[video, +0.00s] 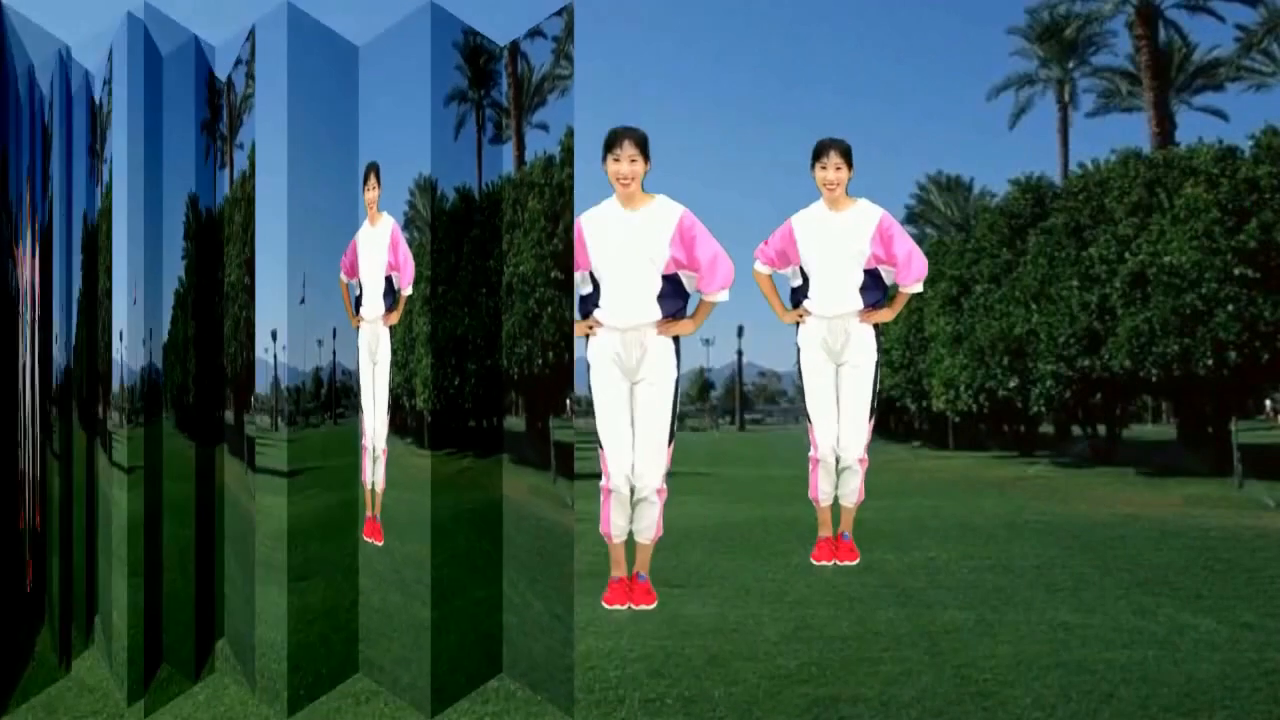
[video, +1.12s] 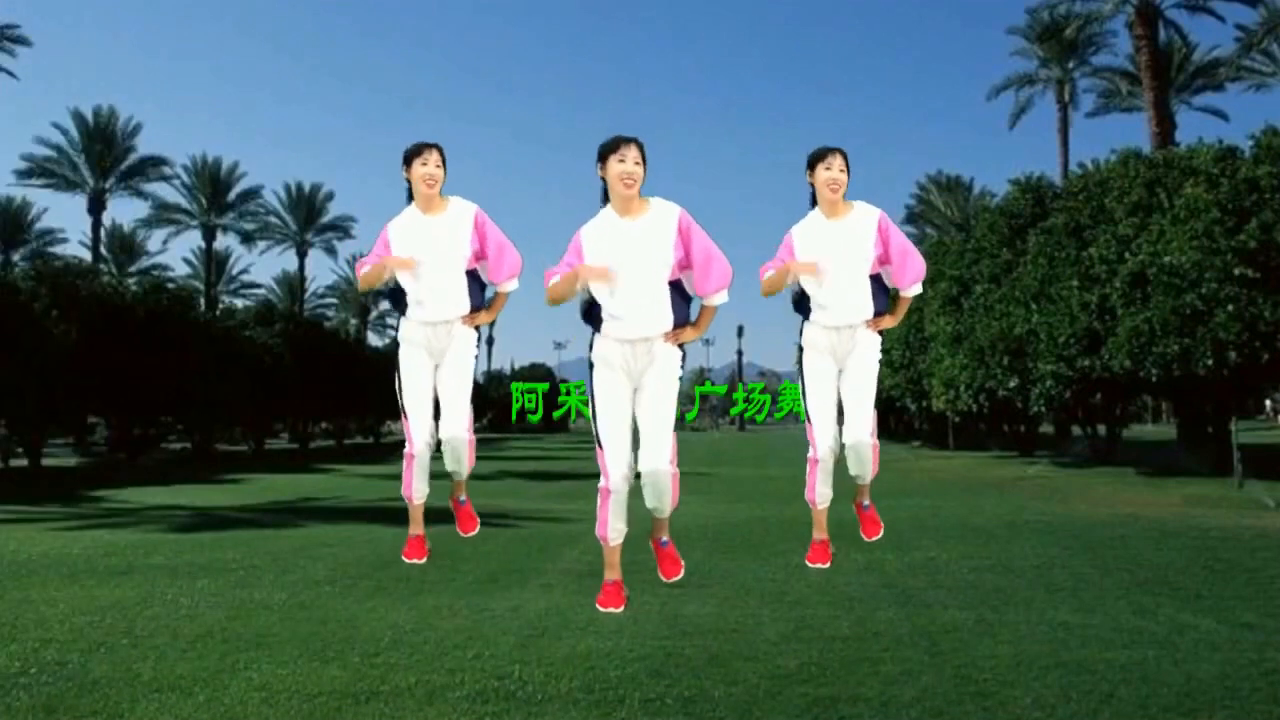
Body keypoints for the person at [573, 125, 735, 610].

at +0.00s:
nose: (625, 168)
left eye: (633, 159)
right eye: (616, 159)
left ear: (646, 165)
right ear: (605, 166)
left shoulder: (672, 216)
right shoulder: (587, 225)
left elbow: (720, 269)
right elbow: (562, 278)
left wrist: (694, 321)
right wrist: (573, 320)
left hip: (657, 347)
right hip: (606, 348)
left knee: (651, 468)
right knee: (616, 466)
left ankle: (641, 574)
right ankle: (617, 574)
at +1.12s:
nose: (630, 168)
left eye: (636, 162)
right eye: (620, 161)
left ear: (645, 172)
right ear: (603, 172)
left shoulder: (671, 218)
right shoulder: (591, 233)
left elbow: (716, 272)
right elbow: (553, 294)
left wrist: (698, 327)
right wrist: (578, 276)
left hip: (661, 349)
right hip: (611, 350)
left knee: (657, 463)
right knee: (616, 465)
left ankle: (661, 536)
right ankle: (611, 574)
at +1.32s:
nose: (635, 154)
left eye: (642, 147)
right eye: (627, 146)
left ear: (652, 154)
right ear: (609, 152)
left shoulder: (676, 194)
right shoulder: (598, 202)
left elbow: (731, 239)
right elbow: (581, 229)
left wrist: (715, 292)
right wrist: (591, 171)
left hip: (681, 323)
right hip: (630, 327)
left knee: (698, 451)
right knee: (626, 455)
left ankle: (723, 546)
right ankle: (612, 573)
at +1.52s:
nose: (648, 187)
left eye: (654, 180)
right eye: (639, 179)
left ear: (663, 186)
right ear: (621, 187)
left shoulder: (692, 228)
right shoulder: (614, 239)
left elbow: (746, 269)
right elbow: (621, 269)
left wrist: (732, 325)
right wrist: (620, 209)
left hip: (702, 363)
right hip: (650, 368)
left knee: (709, 485)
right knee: (646, 483)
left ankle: (733, 566)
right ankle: (615, 577)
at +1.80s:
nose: (644, 141)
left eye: (650, 133)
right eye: (635, 134)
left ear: (660, 138)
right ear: (617, 143)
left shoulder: (690, 177)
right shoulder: (613, 188)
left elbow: (739, 223)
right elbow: (605, 222)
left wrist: (723, 281)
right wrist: (612, 162)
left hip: (688, 306)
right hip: (639, 308)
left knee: (694, 447)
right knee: (632, 442)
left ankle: (688, 493)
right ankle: (622, 561)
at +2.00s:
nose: (641, 184)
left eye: (647, 176)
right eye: (631, 178)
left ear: (657, 184)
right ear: (616, 189)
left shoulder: (689, 227)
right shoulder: (615, 238)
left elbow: (730, 281)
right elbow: (613, 277)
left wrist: (717, 338)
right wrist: (604, 228)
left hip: (677, 362)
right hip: (625, 361)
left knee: (667, 481)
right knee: (625, 474)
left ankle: (674, 459)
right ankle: (629, 578)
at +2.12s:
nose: (645, 163)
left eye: (651, 155)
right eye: (635, 156)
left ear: (661, 164)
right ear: (621, 169)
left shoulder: (692, 209)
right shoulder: (614, 220)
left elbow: (734, 266)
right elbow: (643, 240)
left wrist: (717, 318)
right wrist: (625, 183)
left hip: (683, 340)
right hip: (632, 340)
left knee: (690, 471)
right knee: (632, 469)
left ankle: (676, 506)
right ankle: (628, 577)